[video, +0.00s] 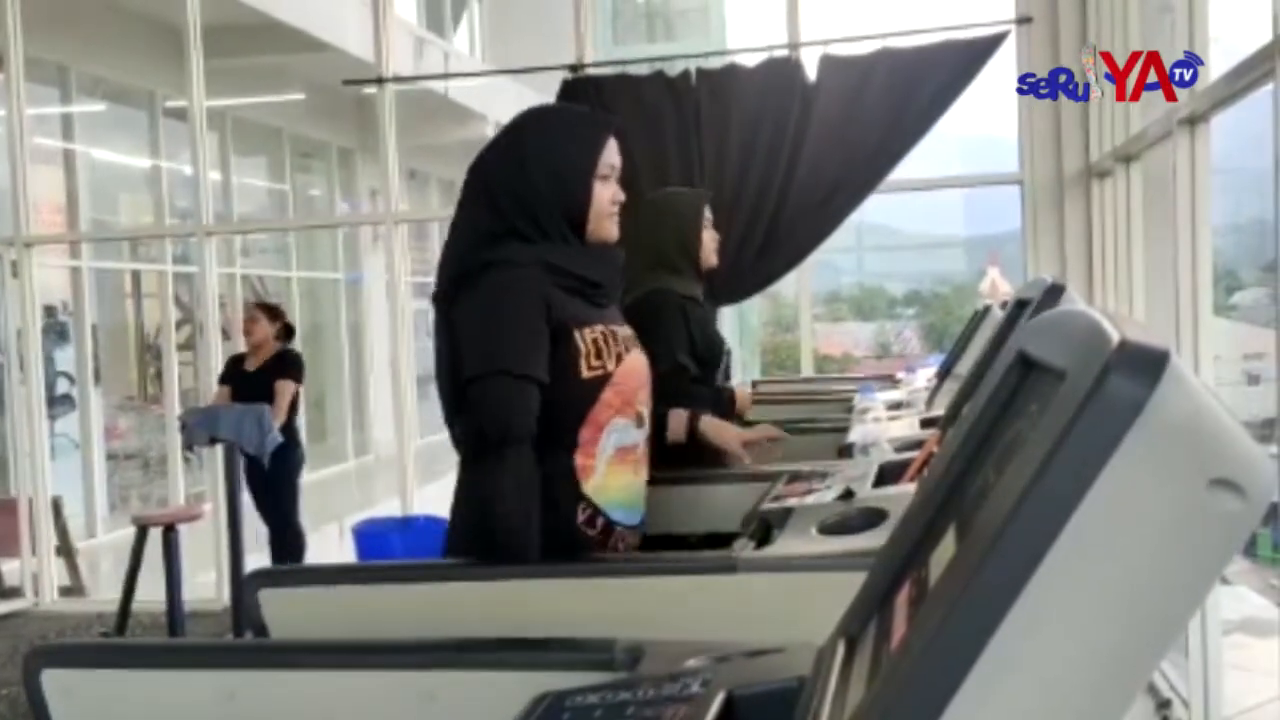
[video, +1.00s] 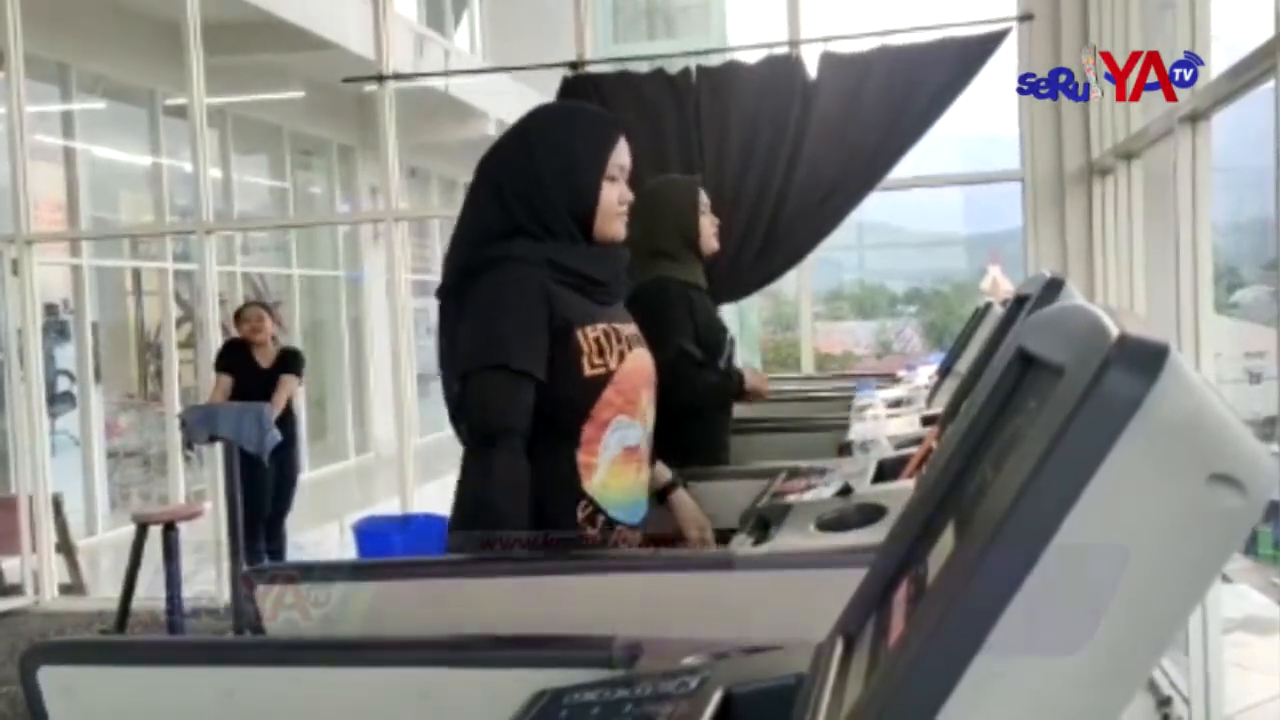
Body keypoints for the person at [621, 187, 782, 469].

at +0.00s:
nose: (716, 237)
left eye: (712, 227)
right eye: (708, 227)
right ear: (681, 234)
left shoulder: (686, 297)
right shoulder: (662, 303)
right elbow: (674, 392)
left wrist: (728, 397)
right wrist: (728, 401)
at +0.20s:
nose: (716, 229)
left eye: (711, 220)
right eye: (705, 220)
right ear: (679, 228)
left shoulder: (685, 291)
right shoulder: (661, 296)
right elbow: (668, 386)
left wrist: (735, 400)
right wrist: (734, 407)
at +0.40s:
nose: (714, 226)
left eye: (709, 215)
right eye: (703, 215)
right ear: (676, 224)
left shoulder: (690, 290)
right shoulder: (658, 292)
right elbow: (648, 383)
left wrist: (742, 379)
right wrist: (716, 408)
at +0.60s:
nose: (714, 231)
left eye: (709, 221)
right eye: (702, 222)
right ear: (676, 232)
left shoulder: (693, 302)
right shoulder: (651, 305)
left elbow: (712, 402)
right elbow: (631, 402)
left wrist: (743, 370)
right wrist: (701, 419)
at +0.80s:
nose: (714, 220)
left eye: (709, 211)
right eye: (703, 211)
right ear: (677, 220)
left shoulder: (689, 287)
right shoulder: (658, 292)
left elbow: (690, 375)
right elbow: (656, 385)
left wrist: (738, 385)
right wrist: (729, 400)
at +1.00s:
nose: (716, 222)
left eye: (711, 212)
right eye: (706, 212)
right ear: (681, 220)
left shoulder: (683, 284)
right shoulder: (666, 289)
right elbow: (681, 377)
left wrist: (735, 380)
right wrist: (737, 382)